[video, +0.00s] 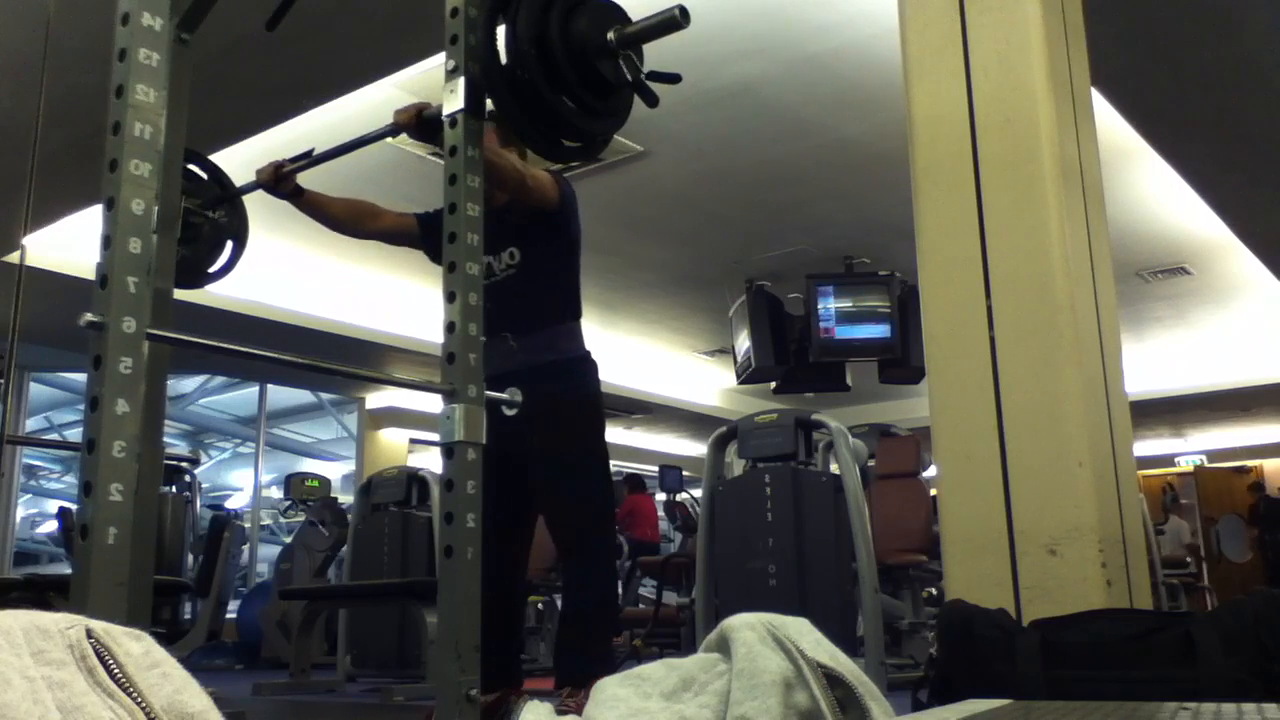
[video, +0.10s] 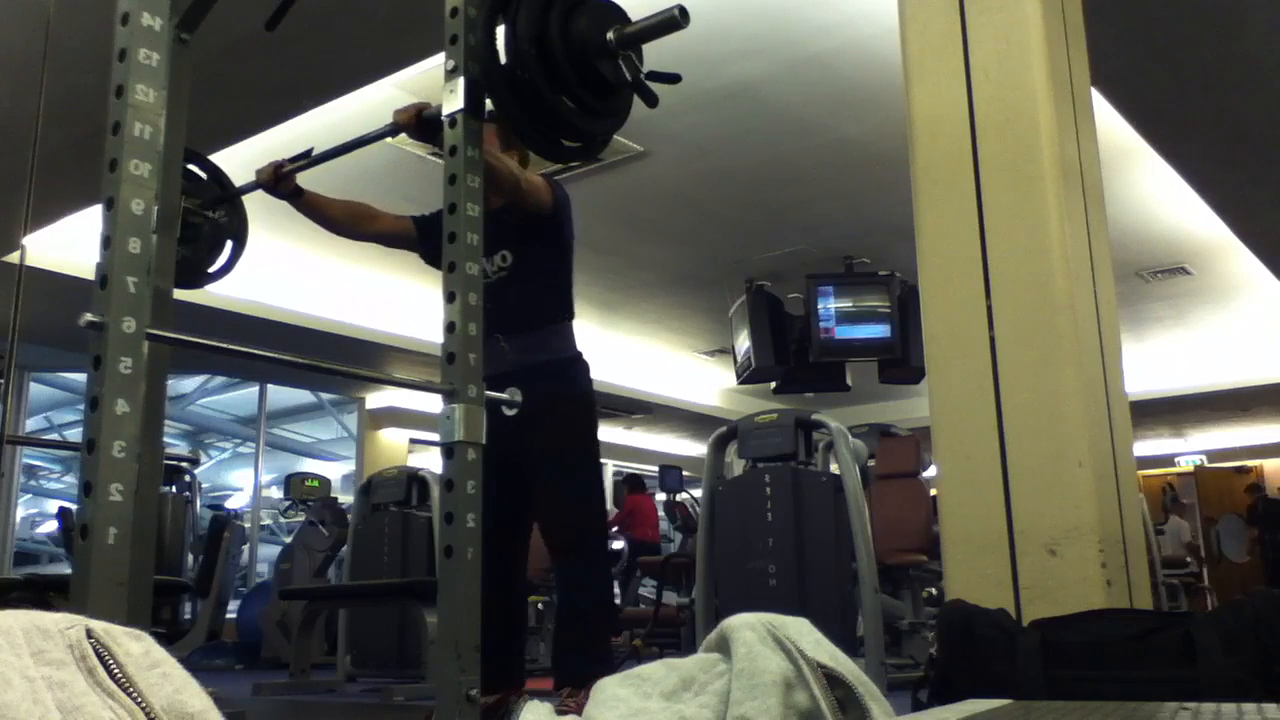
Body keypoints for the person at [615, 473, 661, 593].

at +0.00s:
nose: (625, 490)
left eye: (626, 487)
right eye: (625, 487)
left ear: (630, 487)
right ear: (643, 486)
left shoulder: (631, 500)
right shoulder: (649, 499)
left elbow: (620, 518)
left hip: (637, 543)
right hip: (654, 543)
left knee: (631, 576)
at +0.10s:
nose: (624, 491)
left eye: (625, 488)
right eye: (624, 488)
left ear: (629, 487)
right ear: (642, 486)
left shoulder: (632, 500)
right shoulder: (649, 500)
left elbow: (620, 518)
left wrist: (608, 525)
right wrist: (620, 530)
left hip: (637, 545)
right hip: (654, 545)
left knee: (626, 577)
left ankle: (627, 607)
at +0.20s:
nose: (624, 491)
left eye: (625, 488)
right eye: (624, 488)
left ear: (630, 487)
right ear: (642, 486)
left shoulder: (632, 500)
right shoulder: (650, 500)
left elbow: (618, 518)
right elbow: (635, 522)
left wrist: (600, 529)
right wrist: (618, 532)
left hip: (637, 545)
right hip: (654, 545)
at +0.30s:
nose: (625, 492)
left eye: (626, 488)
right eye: (625, 488)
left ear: (630, 488)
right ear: (643, 487)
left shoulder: (631, 500)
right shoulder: (650, 501)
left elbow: (615, 518)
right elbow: (636, 522)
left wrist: (600, 529)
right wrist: (618, 530)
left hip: (637, 547)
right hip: (654, 547)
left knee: (616, 562)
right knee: (616, 560)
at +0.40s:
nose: (626, 491)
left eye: (627, 487)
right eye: (626, 487)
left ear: (631, 487)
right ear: (644, 487)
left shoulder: (631, 500)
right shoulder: (650, 501)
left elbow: (617, 517)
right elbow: (640, 521)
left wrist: (599, 529)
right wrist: (619, 530)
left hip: (636, 545)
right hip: (654, 546)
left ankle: (617, 603)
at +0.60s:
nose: (627, 491)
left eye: (628, 488)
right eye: (627, 488)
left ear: (631, 488)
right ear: (645, 487)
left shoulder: (631, 500)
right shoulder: (650, 501)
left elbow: (617, 518)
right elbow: (638, 522)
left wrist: (601, 528)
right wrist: (620, 530)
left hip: (636, 546)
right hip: (654, 547)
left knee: (611, 571)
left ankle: (617, 603)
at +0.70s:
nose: (626, 491)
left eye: (627, 488)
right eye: (626, 488)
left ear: (631, 487)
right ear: (644, 486)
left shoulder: (631, 500)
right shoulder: (650, 500)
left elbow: (617, 518)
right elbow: (636, 522)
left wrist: (601, 528)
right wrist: (618, 532)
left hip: (636, 545)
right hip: (654, 546)